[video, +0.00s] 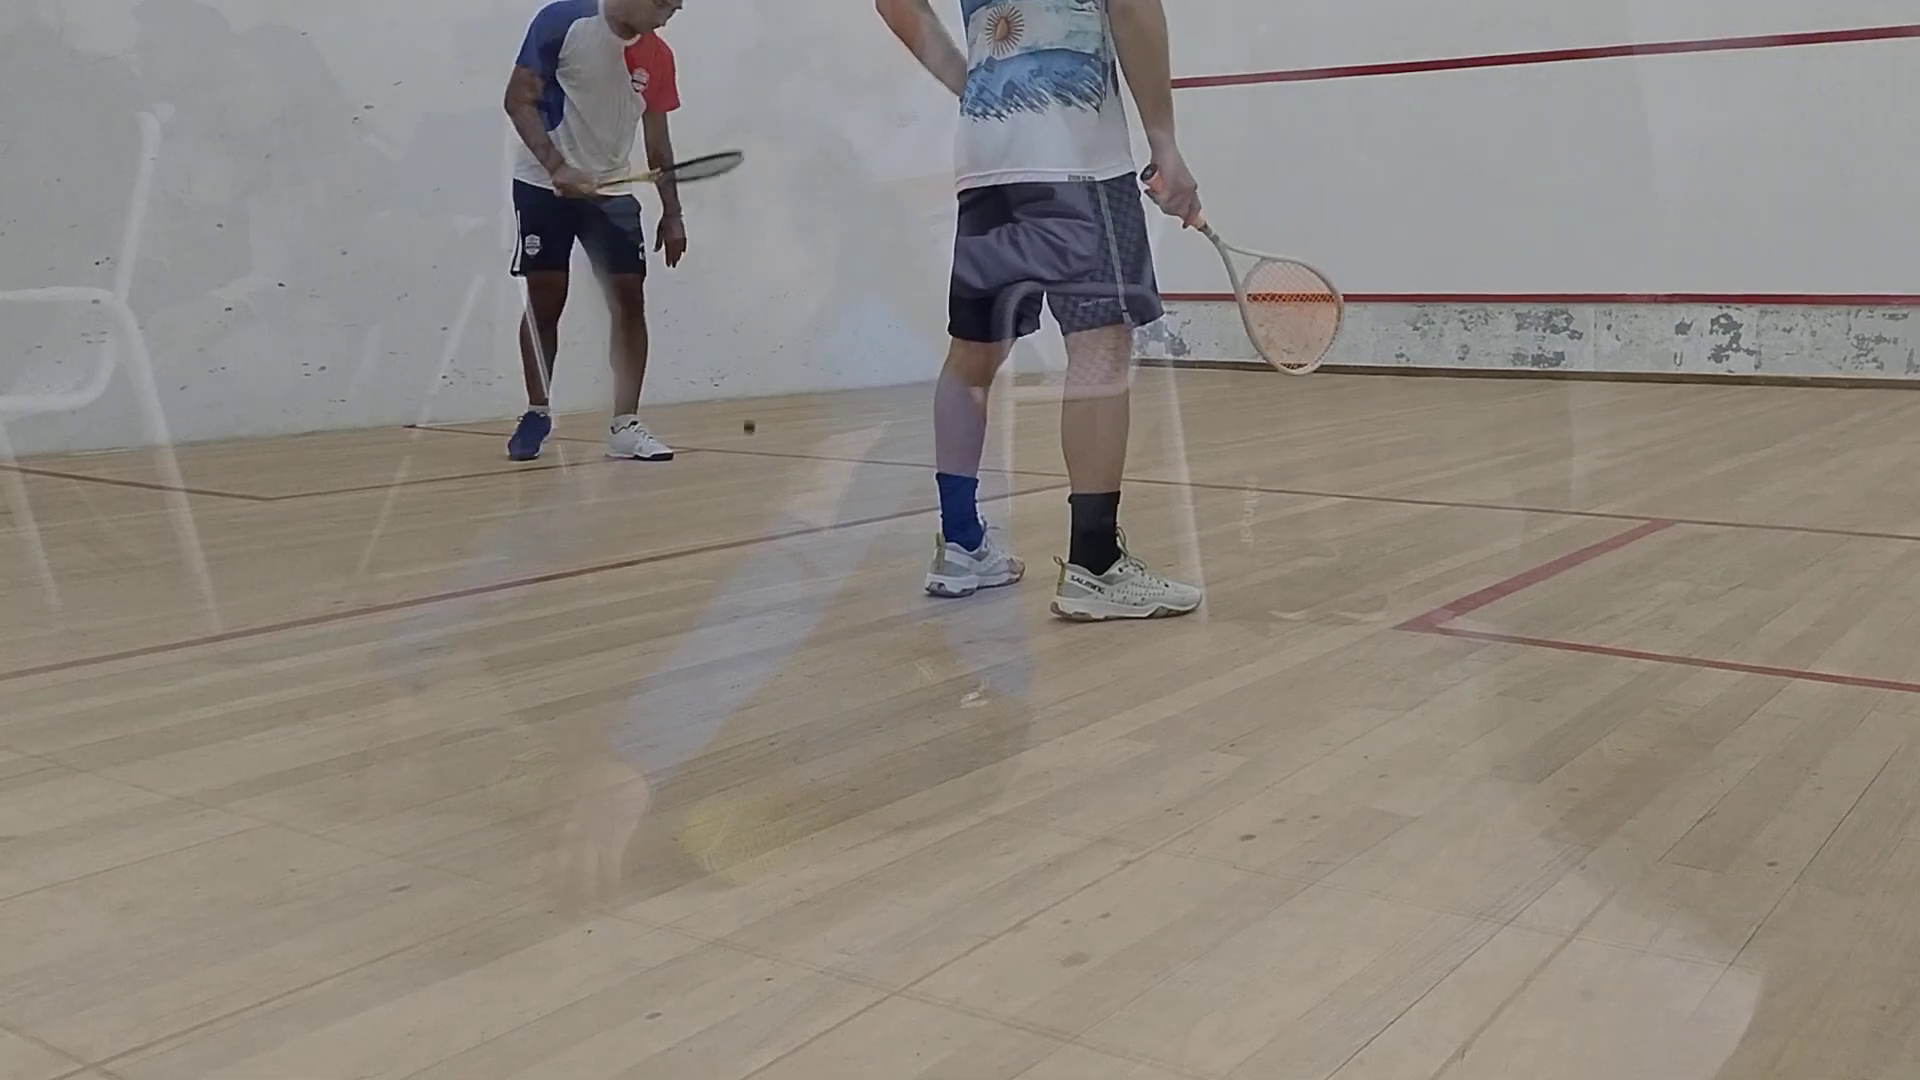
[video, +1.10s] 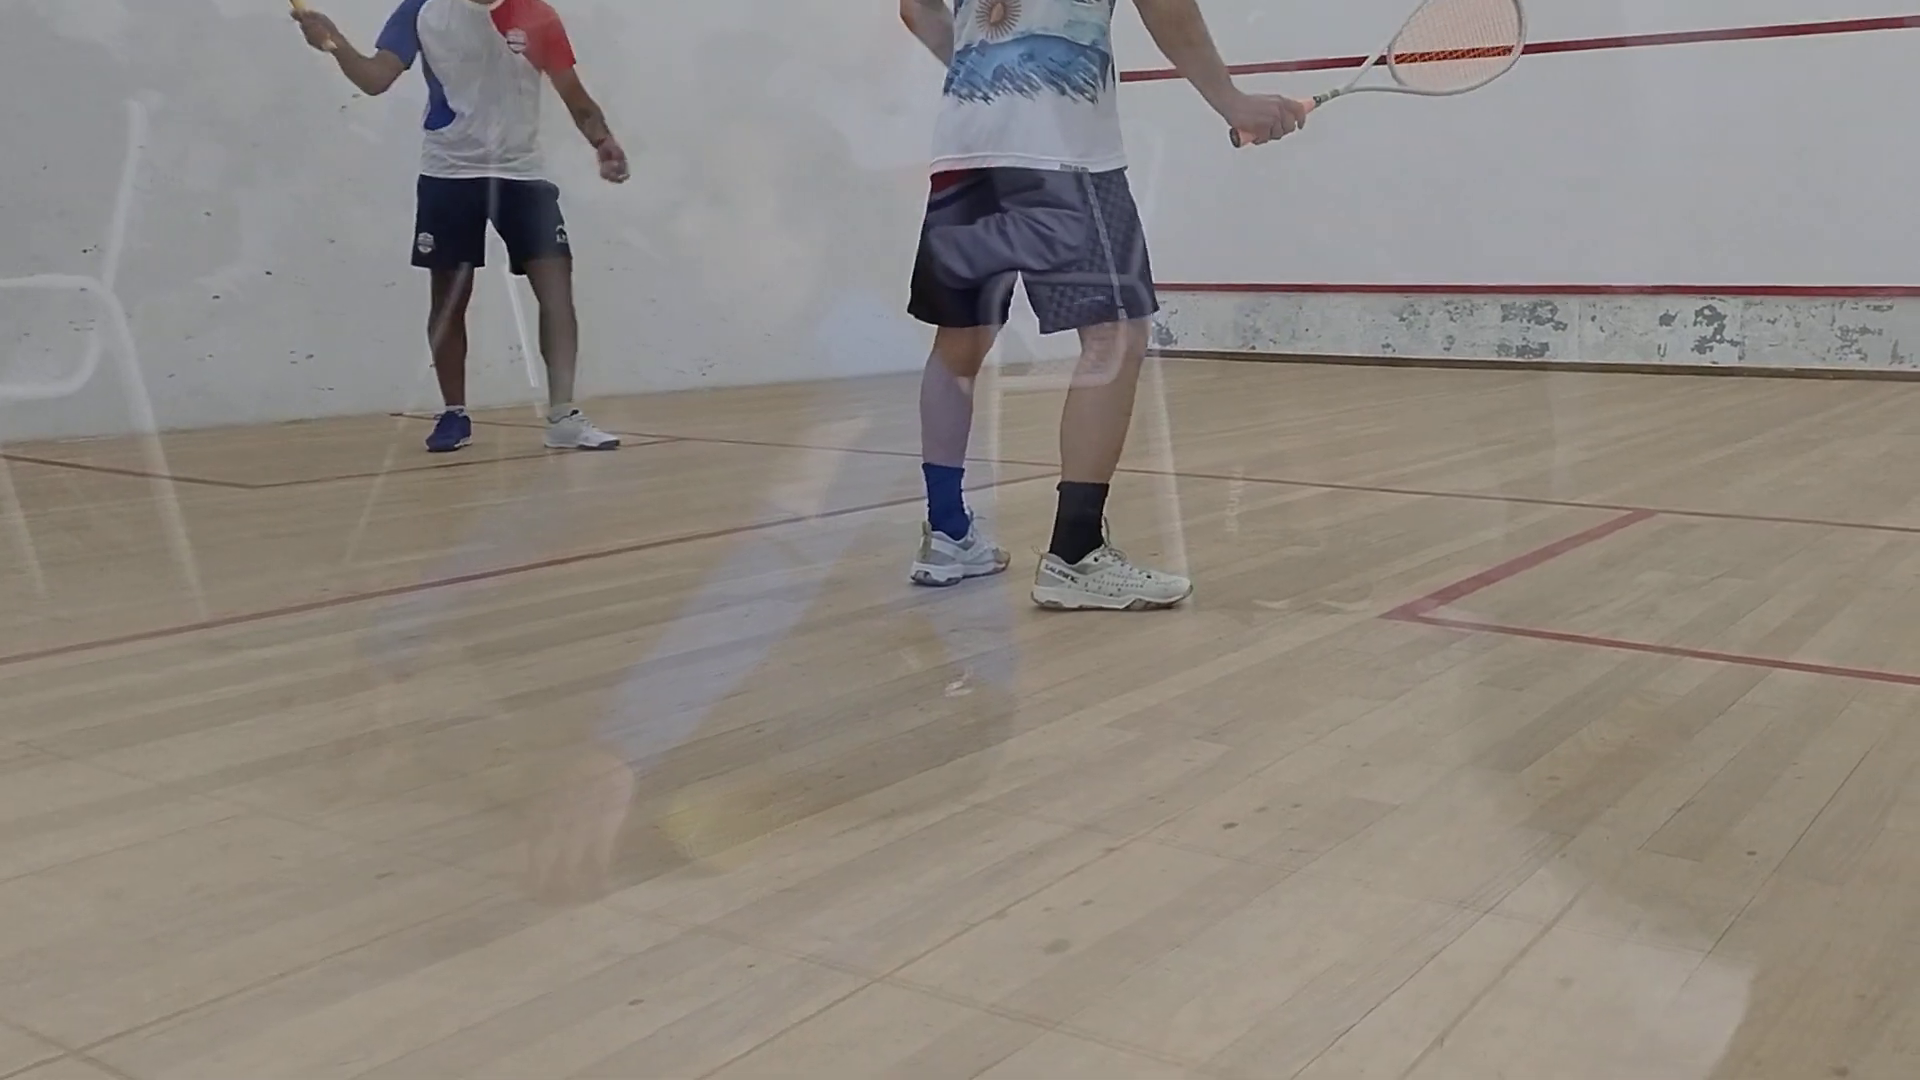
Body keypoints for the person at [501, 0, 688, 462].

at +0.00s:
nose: (666, 20)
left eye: (671, 14)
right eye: (664, 10)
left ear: (657, 8)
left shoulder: (654, 52)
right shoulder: (559, 22)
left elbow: (657, 135)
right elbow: (518, 100)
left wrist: (671, 211)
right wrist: (556, 167)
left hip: (612, 191)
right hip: (544, 187)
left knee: (630, 302)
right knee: (545, 303)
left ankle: (624, 425)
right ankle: (538, 412)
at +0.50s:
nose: (664, 3)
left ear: (658, 4)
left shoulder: (657, 38)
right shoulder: (569, 27)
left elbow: (659, 115)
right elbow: (556, 126)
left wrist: (690, 138)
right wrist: (574, 200)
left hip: (608, 183)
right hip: (542, 180)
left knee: (628, 298)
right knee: (510, 296)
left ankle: (624, 422)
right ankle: (480, 409)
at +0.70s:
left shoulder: (623, 30)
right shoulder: (524, 16)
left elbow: (669, 110)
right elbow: (515, 100)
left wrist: (696, 90)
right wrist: (519, 174)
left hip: (585, 182)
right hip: (517, 177)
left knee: (614, 288)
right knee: (491, 292)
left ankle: (622, 419)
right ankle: (469, 413)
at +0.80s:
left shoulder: (600, 25)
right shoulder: (496, 17)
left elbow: (655, 99)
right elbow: (480, 96)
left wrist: (685, 83)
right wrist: (475, 146)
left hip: (566, 179)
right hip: (498, 178)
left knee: (602, 287)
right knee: (479, 297)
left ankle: (620, 419)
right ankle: (466, 415)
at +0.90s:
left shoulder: (576, 22)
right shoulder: (467, 15)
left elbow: (630, 96)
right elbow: (441, 95)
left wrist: (665, 90)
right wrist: (422, 116)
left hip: (549, 174)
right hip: (477, 173)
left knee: (587, 282)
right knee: (468, 292)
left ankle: (614, 417)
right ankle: (464, 415)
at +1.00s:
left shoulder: (554, 17)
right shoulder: (443, 12)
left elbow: (603, 98)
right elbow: (407, 89)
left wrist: (636, 117)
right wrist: (372, 78)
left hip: (535, 173)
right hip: (463, 172)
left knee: (574, 279)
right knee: (461, 290)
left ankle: (592, 417)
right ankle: (460, 414)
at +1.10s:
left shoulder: (533, 13)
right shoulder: (423, 9)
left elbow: (576, 97)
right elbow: (376, 77)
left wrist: (602, 139)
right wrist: (336, 43)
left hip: (523, 170)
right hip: (450, 169)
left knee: (556, 286)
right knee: (450, 294)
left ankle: (563, 416)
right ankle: (453, 413)